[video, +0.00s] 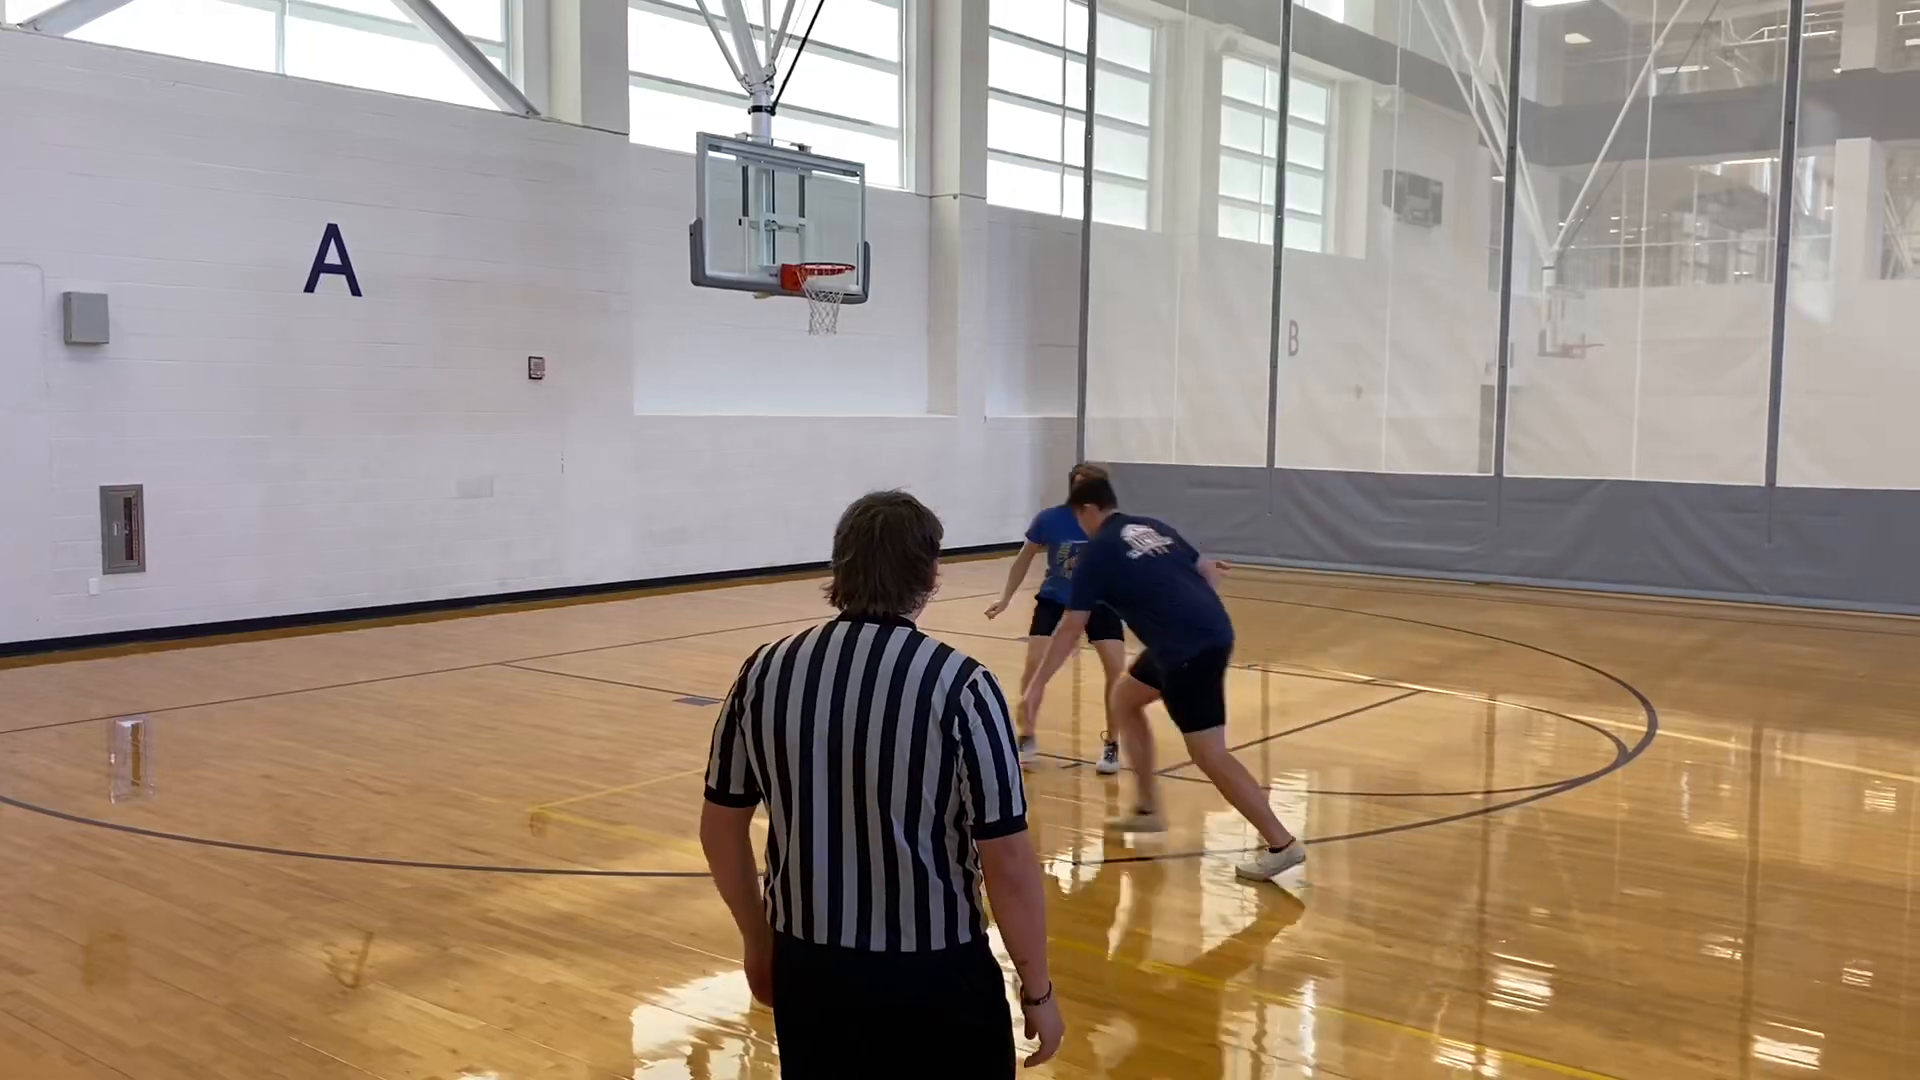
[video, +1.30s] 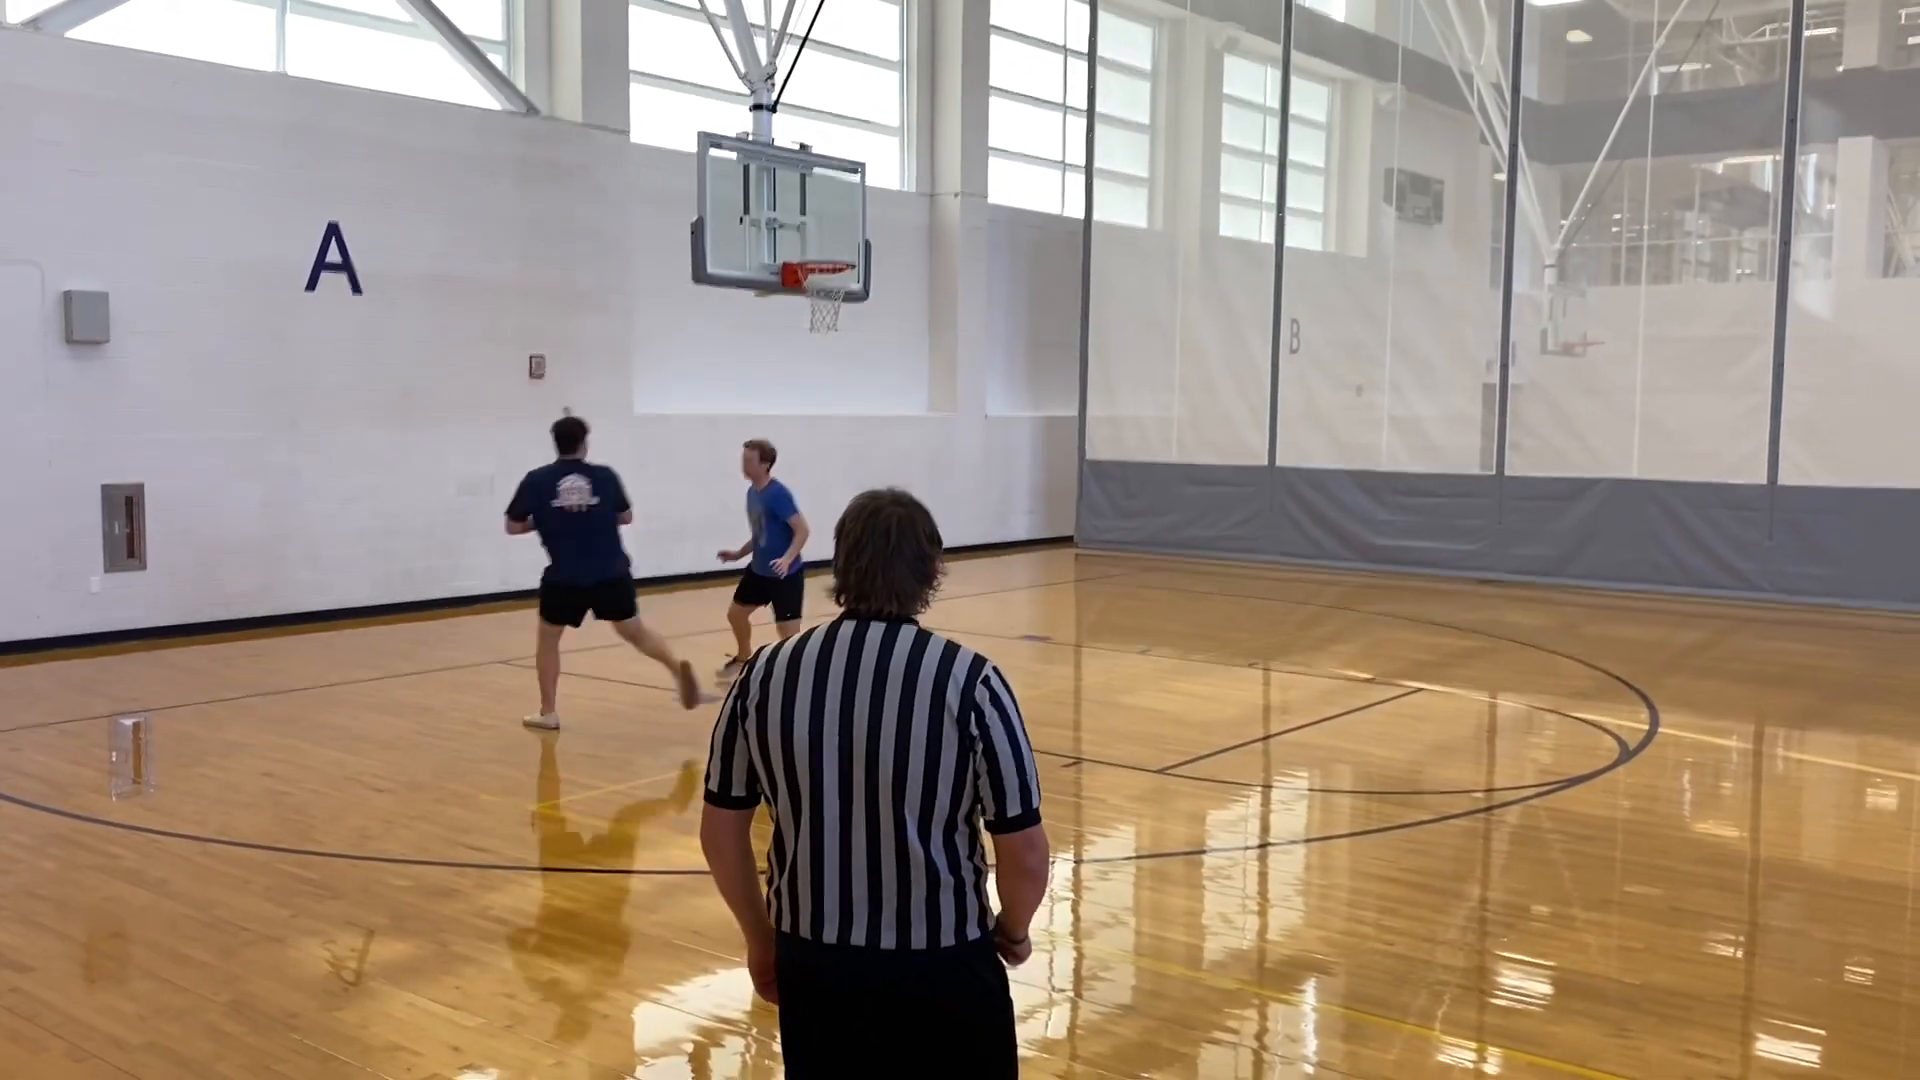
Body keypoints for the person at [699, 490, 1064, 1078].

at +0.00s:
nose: (938, 573)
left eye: (935, 558)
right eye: (935, 560)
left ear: (842, 565)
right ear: (926, 573)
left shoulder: (766, 669)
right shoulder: (961, 684)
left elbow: (720, 825)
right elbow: (1006, 858)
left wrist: (756, 933)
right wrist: (1038, 989)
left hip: (809, 979)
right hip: (941, 982)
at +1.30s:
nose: (940, 569)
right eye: (936, 558)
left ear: (842, 565)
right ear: (931, 569)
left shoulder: (766, 672)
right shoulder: (971, 680)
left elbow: (721, 831)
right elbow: (1025, 853)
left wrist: (758, 936)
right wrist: (1014, 924)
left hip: (814, 974)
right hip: (948, 975)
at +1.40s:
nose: (937, 574)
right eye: (934, 561)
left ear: (839, 568)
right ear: (927, 574)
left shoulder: (762, 677)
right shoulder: (967, 681)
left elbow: (719, 835)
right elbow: (1038, 851)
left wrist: (761, 932)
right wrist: (1004, 875)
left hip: (814, 978)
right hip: (947, 977)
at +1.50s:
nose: (930, 571)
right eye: (928, 560)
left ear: (832, 569)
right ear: (923, 574)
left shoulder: (760, 679)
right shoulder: (963, 677)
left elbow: (721, 833)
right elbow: (1070, 807)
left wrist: (767, 924)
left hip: (817, 980)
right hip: (949, 978)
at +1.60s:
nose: (931, 571)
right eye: (928, 559)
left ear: (832, 569)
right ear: (922, 572)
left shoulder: (762, 678)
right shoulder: (964, 671)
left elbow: (725, 832)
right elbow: (1101, 712)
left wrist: (775, 912)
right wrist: (1044, 632)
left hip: (820, 975)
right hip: (950, 972)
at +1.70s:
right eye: (925, 557)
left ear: (830, 565)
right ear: (923, 570)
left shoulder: (766, 676)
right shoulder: (962, 661)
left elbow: (728, 827)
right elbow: (1094, 605)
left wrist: (790, 904)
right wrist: (1044, 509)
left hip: (822, 970)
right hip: (952, 965)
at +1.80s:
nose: (927, 566)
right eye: (926, 555)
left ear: (834, 570)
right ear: (925, 570)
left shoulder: (767, 678)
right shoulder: (960, 653)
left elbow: (733, 825)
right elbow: (1073, 545)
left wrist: (791, 894)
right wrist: (1042, 424)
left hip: (827, 971)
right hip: (958, 969)